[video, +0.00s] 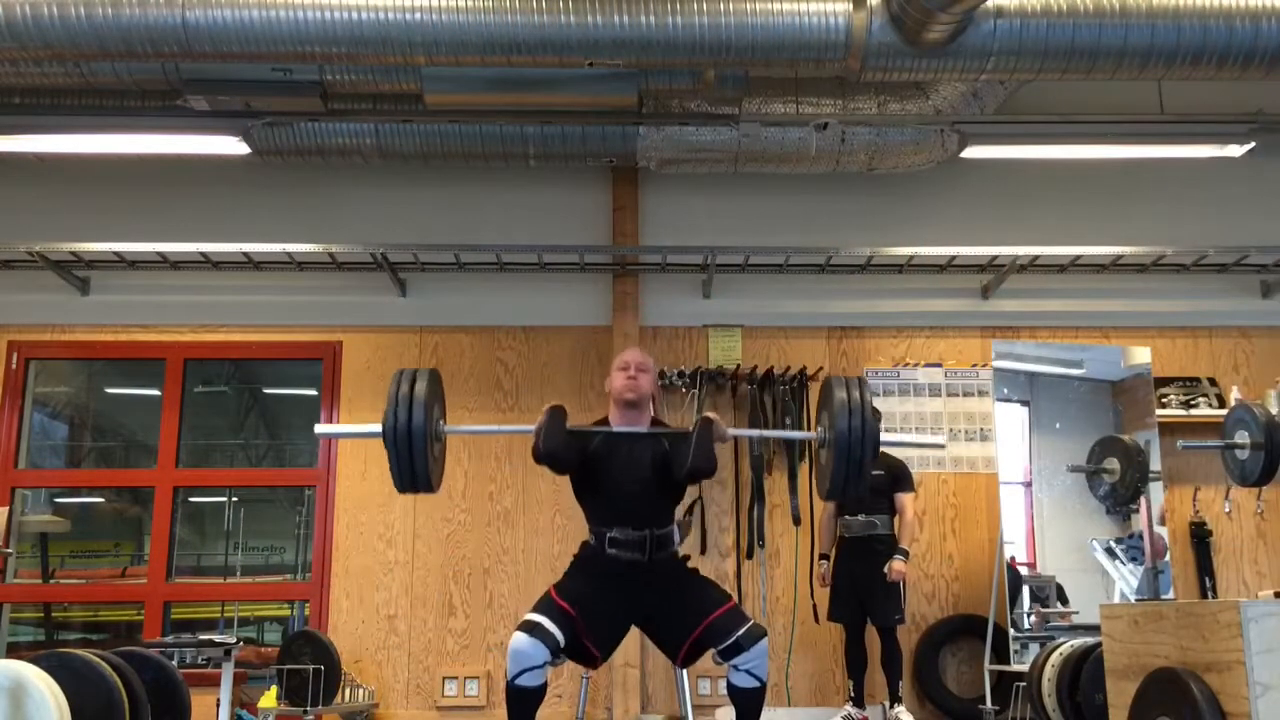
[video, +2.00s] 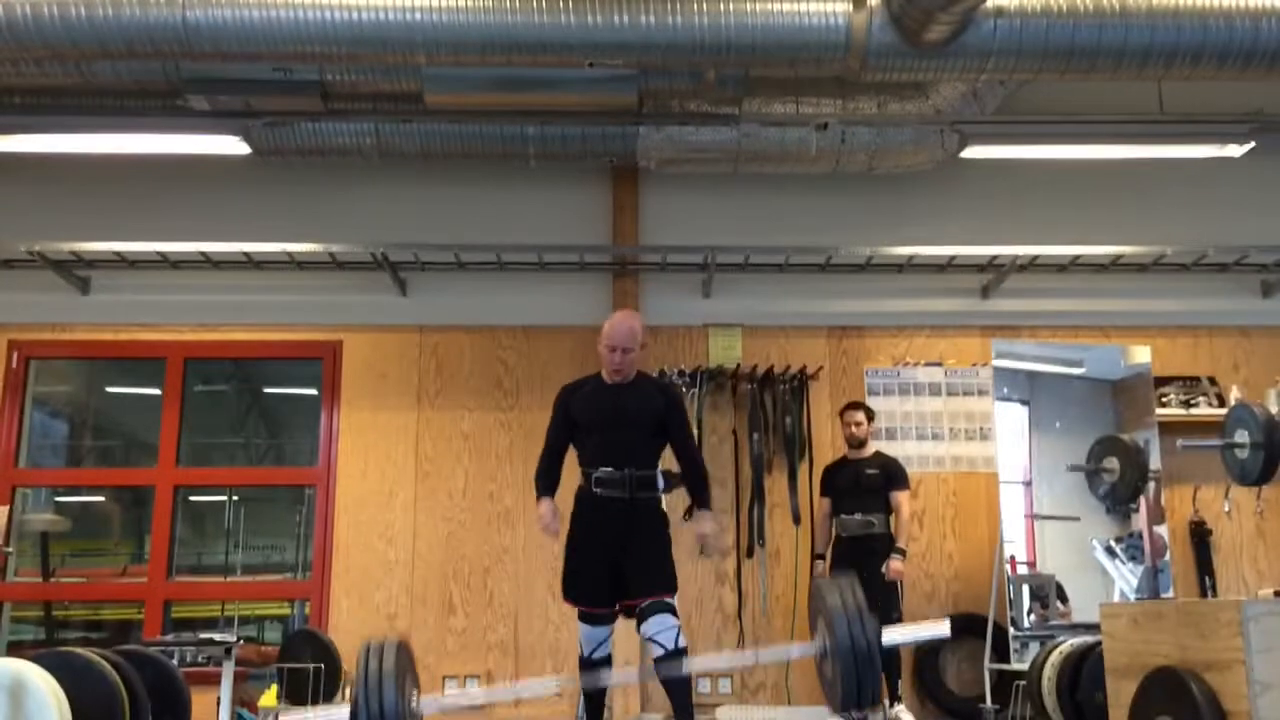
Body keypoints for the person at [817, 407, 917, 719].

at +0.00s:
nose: (862, 430)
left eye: (867, 423)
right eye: (856, 424)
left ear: (876, 426)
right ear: (847, 428)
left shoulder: (894, 468)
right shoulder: (841, 467)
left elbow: (907, 515)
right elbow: (829, 514)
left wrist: (901, 555)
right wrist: (824, 557)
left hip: (882, 558)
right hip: (848, 557)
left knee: (886, 632)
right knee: (853, 632)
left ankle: (896, 704)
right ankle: (856, 705)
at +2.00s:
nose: (853, 429)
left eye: (858, 424)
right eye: (848, 424)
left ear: (870, 426)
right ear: (841, 428)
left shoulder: (888, 465)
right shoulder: (832, 471)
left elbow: (904, 511)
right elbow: (824, 517)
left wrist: (899, 553)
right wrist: (819, 558)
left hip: (879, 560)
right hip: (844, 562)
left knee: (887, 630)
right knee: (847, 631)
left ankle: (895, 700)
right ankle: (856, 702)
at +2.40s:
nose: (853, 432)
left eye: (858, 426)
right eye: (848, 426)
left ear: (869, 428)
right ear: (841, 429)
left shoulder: (888, 468)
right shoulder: (831, 471)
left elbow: (901, 509)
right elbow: (822, 515)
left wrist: (896, 552)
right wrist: (818, 555)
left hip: (878, 554)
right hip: (844, 555)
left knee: (883, 627)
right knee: (848, 629)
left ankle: (893, 689)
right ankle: (854, 689)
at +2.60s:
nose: (853, 432)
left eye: (858, 426)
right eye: (847, 427)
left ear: (869, 428)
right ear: (841, 430)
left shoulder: (888, 469)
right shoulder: (830, 473)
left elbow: (901, 512)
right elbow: (821, 517)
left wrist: (897, 554)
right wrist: (818, 558)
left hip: (878, 554)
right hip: (844, 555)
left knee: (883, 629)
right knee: (850, 631)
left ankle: (894, 695)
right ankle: (856, 696)